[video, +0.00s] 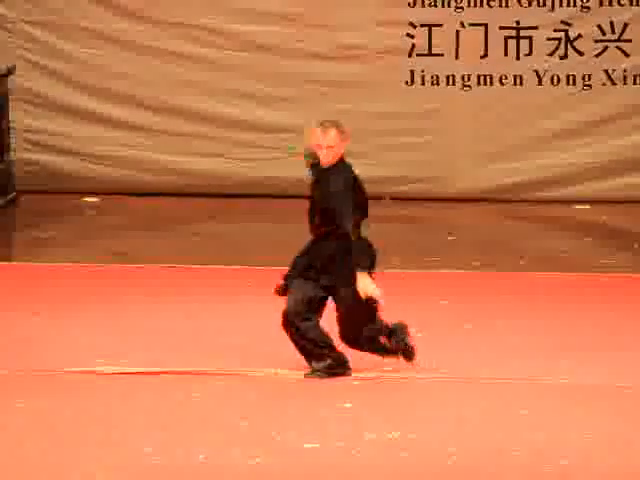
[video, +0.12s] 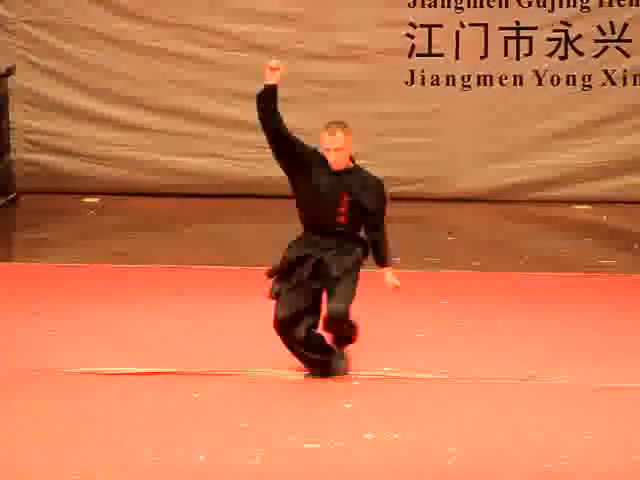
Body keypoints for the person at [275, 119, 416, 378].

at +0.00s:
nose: (324, 153)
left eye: (331, 147)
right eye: (320, 147)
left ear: (344, 145)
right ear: (315, 147)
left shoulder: (342, 177)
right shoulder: (323, 175)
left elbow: (351, 226)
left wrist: (361, 271)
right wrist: (293, 276)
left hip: (348, 258)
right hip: (322, 256)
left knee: (354, 330)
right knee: (296, 315)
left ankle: (394, 339)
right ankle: (329, 361)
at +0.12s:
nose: (332, 153)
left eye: (338, 147)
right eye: (327, 147)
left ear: (351, 148)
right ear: (321, 147)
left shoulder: (368, 186)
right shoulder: (305, 165)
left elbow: (376, 229)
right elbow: (277, 135)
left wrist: (385, 266)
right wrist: (269, 90)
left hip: (345, 252)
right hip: (309, 247)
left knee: (335, 312)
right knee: (288, 321)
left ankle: (344, 339)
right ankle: (326, 363)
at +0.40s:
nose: (354, 182)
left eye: (359, 176)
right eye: (348, 175)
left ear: (365, 173)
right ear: (336, 169)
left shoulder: (359, 191)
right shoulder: (325, 197)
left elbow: (357, 216)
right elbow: (338, 249)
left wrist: (360, 237)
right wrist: (371, 274)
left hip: (325, 262)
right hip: (299, 262)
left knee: (330, 324)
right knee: (294, 330)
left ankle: (304, 383)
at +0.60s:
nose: (353, 190)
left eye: (360, 185)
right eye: (349, 183)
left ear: (368, 184)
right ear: (341, 179)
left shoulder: (331, 190)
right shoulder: (336, 201)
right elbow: (359, 244)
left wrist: (373, 211)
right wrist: (384, 220)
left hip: (301, 257)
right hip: (295, 260)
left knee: (345, 296)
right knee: (312, 309)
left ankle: (315, 357)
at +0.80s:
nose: (379, 190)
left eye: (379, 182)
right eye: (372, 183)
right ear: (352, 184)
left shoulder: (347, 210)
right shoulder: (333, 210)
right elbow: (312, 250)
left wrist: (345, 274)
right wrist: (337, 279)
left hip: (322, 278)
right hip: (304, 280)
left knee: (366, 302)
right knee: (338, 324)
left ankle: (340, 353)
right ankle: (307, 378)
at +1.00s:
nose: (379, 244)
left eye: (383, 239)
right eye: (378, 238)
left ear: (368, 223)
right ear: (365, 229)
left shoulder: (351, 215)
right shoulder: (347, 247)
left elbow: (354, 183)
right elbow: (328, 273)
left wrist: (355, 143)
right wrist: (314, 303)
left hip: (314, 293)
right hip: (300, 299)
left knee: (362, 320)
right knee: (348, 342)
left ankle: (341, 371)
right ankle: (312, 377)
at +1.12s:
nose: (383, 222)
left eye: (386, 215)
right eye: (380, 215)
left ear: (366, 203)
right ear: (367, 210)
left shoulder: (352, 202)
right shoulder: (350, 230)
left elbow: (339, 187)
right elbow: (339, 274)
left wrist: (327, 171)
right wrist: (353, 304)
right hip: (302, 291)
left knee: (360, 322)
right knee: (348, 332)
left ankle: (343, 373)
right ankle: (311, 379)